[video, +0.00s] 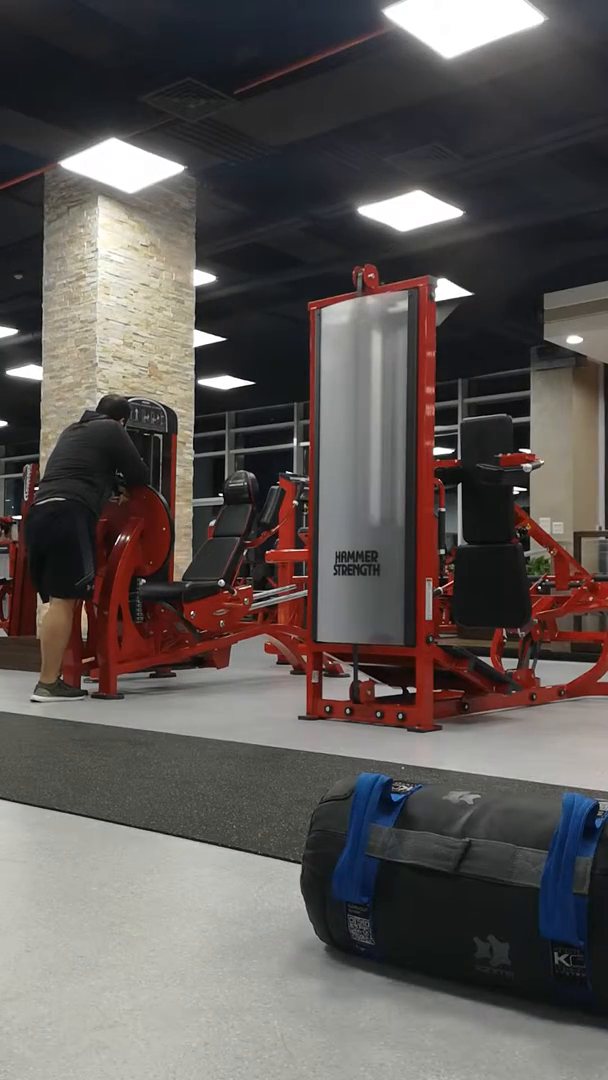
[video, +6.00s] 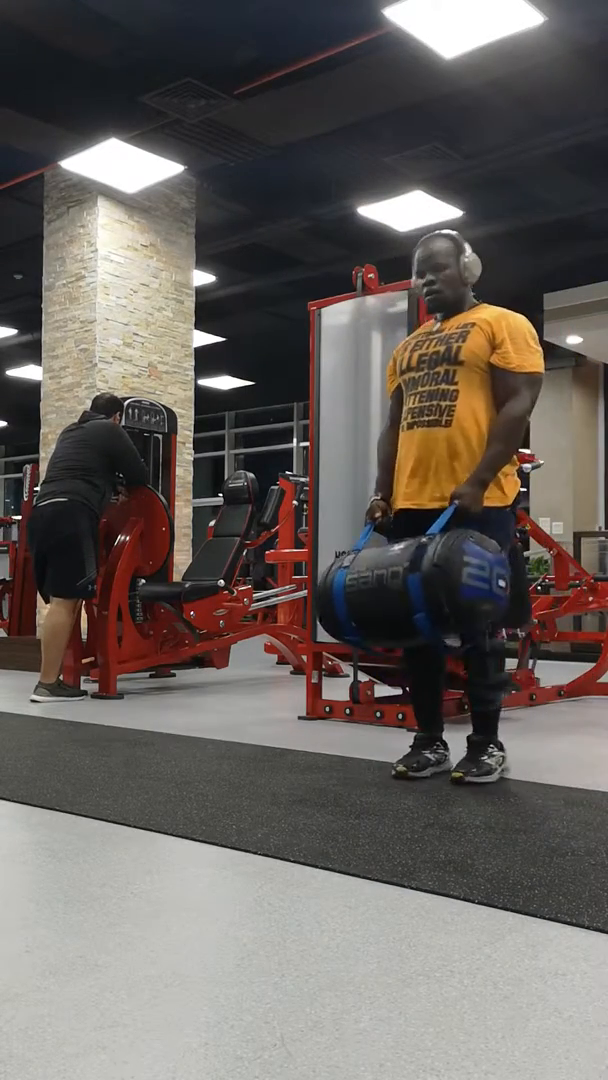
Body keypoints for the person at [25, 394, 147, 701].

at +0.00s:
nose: (125, 427)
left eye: (124, 423)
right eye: (126, 423)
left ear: (98, 413)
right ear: (121, 420)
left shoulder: (71, 430)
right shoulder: (113, 430)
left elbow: (78, 468)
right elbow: (140, 478)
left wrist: (111, 487)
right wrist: (118, 479)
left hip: (39, 512)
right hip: (66, 511)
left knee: (57, 600)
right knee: (61, 601)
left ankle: (50, 679)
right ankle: (48, 682)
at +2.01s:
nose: (126, 427)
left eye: (126, 423)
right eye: (127, 423)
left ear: (99, 414)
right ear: (122, 419)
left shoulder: (71, 431)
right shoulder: (113, 431)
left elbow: (77, 469)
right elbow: (141, 478)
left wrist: (111, 484)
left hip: (43, 512)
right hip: (69, 511)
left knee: (61, 600)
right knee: (65, 601)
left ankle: (52, 678)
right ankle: (48, 682)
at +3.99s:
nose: (125, 427)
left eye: (124, 424)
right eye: (126, 423)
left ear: (98, 414)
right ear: (121, 420)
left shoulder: (71, 431)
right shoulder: (112, 430)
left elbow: (77, 471)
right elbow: (141, 478)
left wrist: (111, 485)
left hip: (45, 512)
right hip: (70, 511)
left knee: (74, 602)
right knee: (59, 600)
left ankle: (54, 677)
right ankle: (47, 682)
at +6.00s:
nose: (121, 424)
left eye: (121, 420)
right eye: (122, 419)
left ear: (91, 413)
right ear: (116, 417)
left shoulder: (69, 431)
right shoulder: (111, 431)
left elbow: (75, 470)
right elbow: (140, 478)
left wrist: (109, 486)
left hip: (41, 512)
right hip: (69, 511)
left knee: (60, 601)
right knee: (63, 601)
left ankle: (52, 679)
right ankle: (48, 682)